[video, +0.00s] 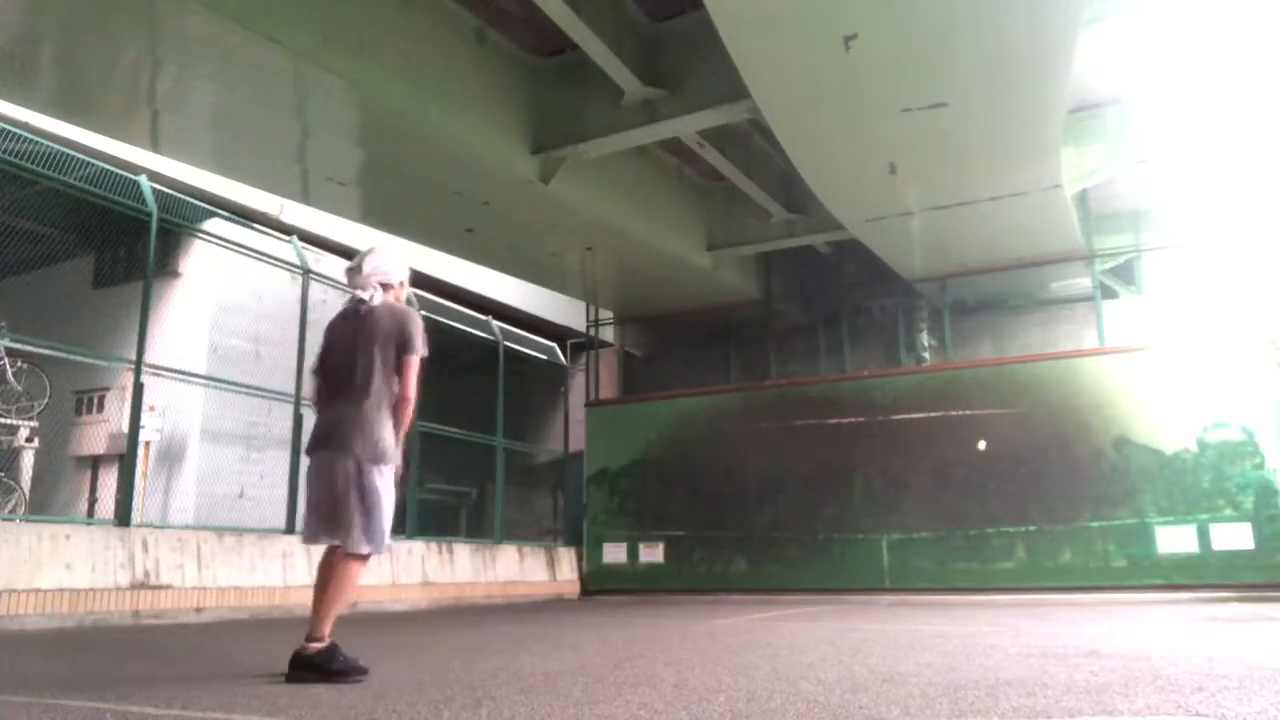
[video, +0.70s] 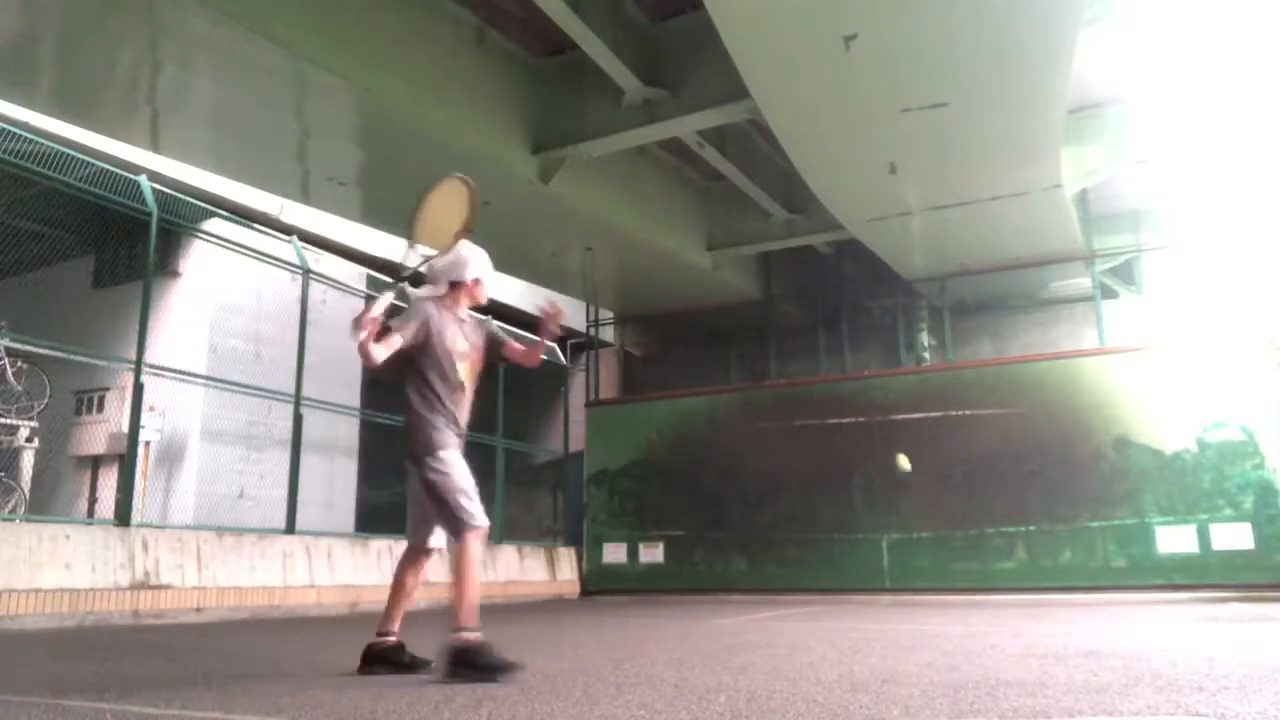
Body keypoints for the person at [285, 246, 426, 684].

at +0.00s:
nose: (408, 291)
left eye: (405, 285)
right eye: (406, 285)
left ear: (361, 284)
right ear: (394, 286)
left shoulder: (338, 323)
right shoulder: (405, 318)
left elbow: (319, 393)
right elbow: (406, 394)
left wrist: (341, 432)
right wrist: (395, 446)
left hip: (327, 444)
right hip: (369, 446)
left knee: (341, 543)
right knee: (359, 546)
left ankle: (316, 642)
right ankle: (317, 642)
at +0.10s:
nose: (409, 290)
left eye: (407, 282)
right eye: (407, 282)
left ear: (367, 280)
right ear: (394, 281)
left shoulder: (349, 315)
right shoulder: (393, 312)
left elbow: (352, 388)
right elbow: (399, 384)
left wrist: (397, 440)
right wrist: (415, 442)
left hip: (335, 440)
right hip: (363, 443)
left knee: (351, 544)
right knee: (354, 545)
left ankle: (329, 639)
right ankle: (314, 645)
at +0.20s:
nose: (413, 286)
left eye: (412, 278)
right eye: (410, 278)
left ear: (377, 277)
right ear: (396, 278)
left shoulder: (372, 309)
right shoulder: (384, 308)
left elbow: (401, 385)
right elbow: (400, 378)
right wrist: (447, 424)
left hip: (363, 446)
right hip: (354, 446)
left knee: (382, 537)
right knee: (346, 540)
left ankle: (355, 636)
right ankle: (309, 647)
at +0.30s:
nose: (421, 286)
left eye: (420, 278)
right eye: (417, 278)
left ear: (392, 279)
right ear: (401, 278)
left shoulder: (395, 320)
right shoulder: (378, 306)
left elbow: (438, 366)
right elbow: (403, 374)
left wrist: (497, 363)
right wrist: (471, 387)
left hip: (384, 455)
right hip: (355, 453)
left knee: (401, 540)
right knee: (338, 544)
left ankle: (381, 641)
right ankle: (309, 647)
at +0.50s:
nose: (447, 287)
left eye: (447, 280)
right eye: (443, 279)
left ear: (423, 280)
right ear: (426, 279)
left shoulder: (436, 320)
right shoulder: (395, 308)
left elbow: (489, 351)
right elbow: (389, 361)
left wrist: (509, 314)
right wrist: (434, 332)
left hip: (417, 447)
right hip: (395, 445)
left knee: (412, 545)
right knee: (406, 542)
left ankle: (386, 641)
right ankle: (335, 632)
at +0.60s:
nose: (466, 283)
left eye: (464, 276)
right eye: (460, 276)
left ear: (447, 280)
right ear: (442, 279)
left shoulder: (457, 325)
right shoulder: (412, 310)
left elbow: (509, 351)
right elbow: (376, 360)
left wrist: (522, 312)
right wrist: (401, 312)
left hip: (435, 439)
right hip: (413, 435)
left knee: (416, 542)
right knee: (448, 526)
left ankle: (387, 640)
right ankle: (393, 630)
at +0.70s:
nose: (486, 288)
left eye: (486, 280)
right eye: (482, 280)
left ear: (466, 282)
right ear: (465, 281)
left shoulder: (479, 327)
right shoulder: (426, 315)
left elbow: (528, 358)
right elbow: (378, 356)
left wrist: (546, 332)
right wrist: (365, 339)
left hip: (448, 442)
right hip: (430, 441)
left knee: (420, 547)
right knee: (473, 528)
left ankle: (385, 642)